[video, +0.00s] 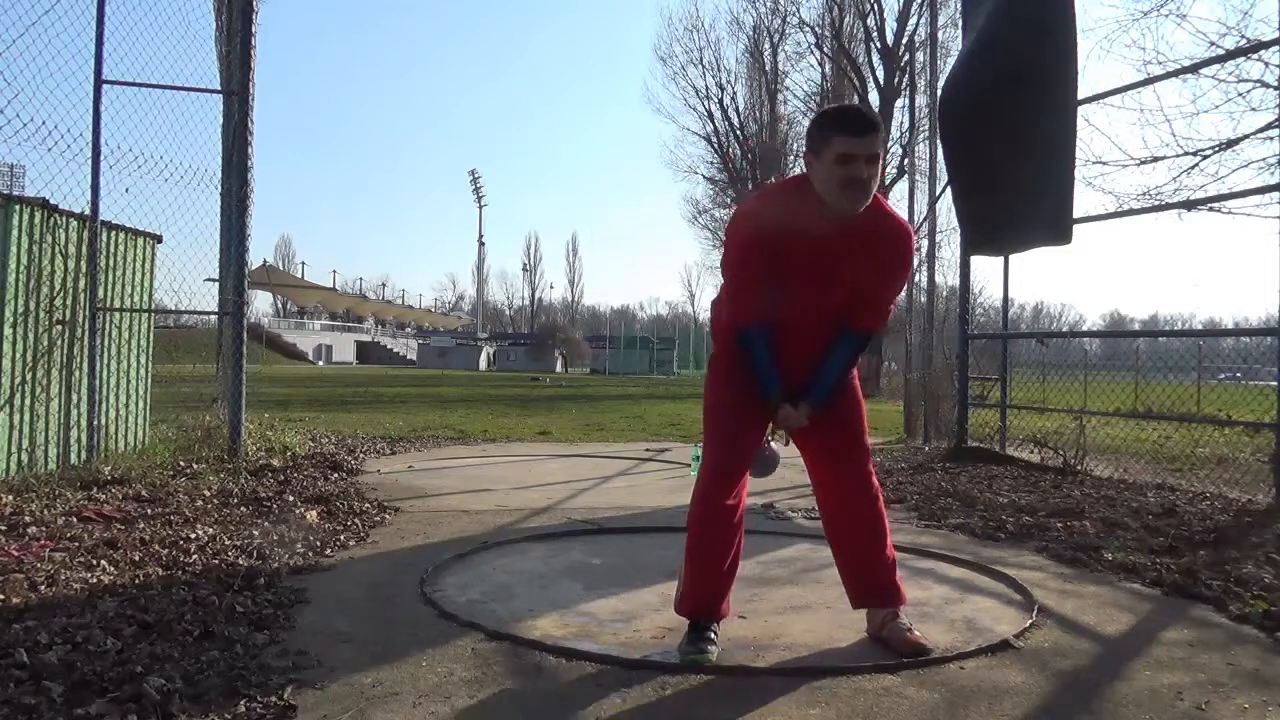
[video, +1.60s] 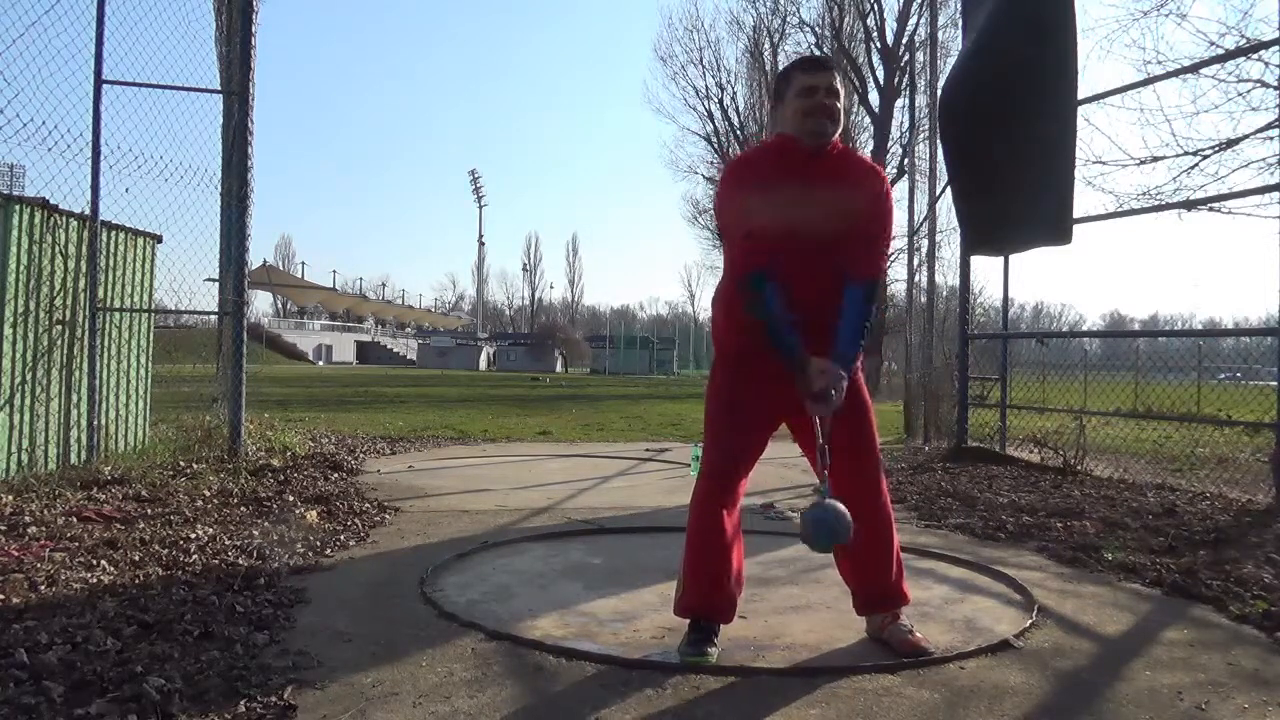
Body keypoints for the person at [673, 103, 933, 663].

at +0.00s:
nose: (859, 173)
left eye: (870, 159)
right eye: (843, 160)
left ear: (881, 163)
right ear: (810, 161)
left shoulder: (893, 238)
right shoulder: (759, 215)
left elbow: (858, 333)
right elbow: (747, 319)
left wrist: (812, 399)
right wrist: (773, 396)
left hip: (827, 362)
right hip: (747, 353)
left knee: (854, 477)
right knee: (721, 480)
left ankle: (885, 614)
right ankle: (703, 620)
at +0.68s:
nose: (813, 89)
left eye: (821, 82)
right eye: (798, 80)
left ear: (833, 101)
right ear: (771, 98)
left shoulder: (861, 169)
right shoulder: (740, 166)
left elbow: (866, 253)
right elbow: (746, 250)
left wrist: (847, 312)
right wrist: (805, 308)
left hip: (835, 350)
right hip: (753, 350)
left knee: (859, 472)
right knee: (725, 479)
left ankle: (885, 614)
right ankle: (705, 618)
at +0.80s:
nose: (806, 84)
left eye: (815, 80)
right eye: (791, 78)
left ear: (828, 103)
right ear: (765, 100)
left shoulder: (859, 165)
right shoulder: (739, 160)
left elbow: (878, 223)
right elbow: (747, 228)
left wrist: (861, 245)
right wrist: (828, 235)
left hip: (839, 359)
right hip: (755, 360)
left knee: (866, 486)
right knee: (727, 488)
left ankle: (885, 615)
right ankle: (704, 620)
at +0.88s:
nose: (804, 86)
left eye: (813, 80)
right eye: (789, 80)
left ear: (826, 101)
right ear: (763, 102)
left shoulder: (854, 159)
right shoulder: (740, 158)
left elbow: (887, 215)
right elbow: (753, 209)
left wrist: (904, 206)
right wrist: (833, 196)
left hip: (840, 354)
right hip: (756, 356)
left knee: (867, 483)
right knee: (730, 485)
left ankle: (885, 614)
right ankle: (704, 619)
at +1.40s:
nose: (809, 87)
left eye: (816, 80)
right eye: (794, 80)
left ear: (829, 98)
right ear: (766, 99)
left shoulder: (861, 165)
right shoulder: (740, 157)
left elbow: (872, 240)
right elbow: (753, 228)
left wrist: (822, 237)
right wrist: (843, 240)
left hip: (834, 360)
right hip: (750, 359)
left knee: (866, 485)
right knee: (721, 487)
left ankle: (886, 615)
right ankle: (704, 620)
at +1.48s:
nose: (810, 91)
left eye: (818, 84)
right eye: (796, 84)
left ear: (830, 101)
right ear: (769, 100)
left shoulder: (861, 168)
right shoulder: (741, 165)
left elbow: (869, 242)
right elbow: (748, 241)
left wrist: (855, 293)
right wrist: (812, 294)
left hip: (831, 354)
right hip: (749, 354)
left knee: (862, 478)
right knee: (720, 482)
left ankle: (885, 615)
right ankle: (704, 619)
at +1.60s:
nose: (825, 101)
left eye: (832, 93)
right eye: (810, 93)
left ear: (842, 106)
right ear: (777, 106)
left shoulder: (864, 177)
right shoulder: (744, 174)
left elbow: (865, 277)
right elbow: (750, 276)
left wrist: (840, 362)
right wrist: (801, 359)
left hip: (833, 350)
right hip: (751, 347)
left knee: (864, 474)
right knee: (718, 479)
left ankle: (885, 614)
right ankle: (705, 615)